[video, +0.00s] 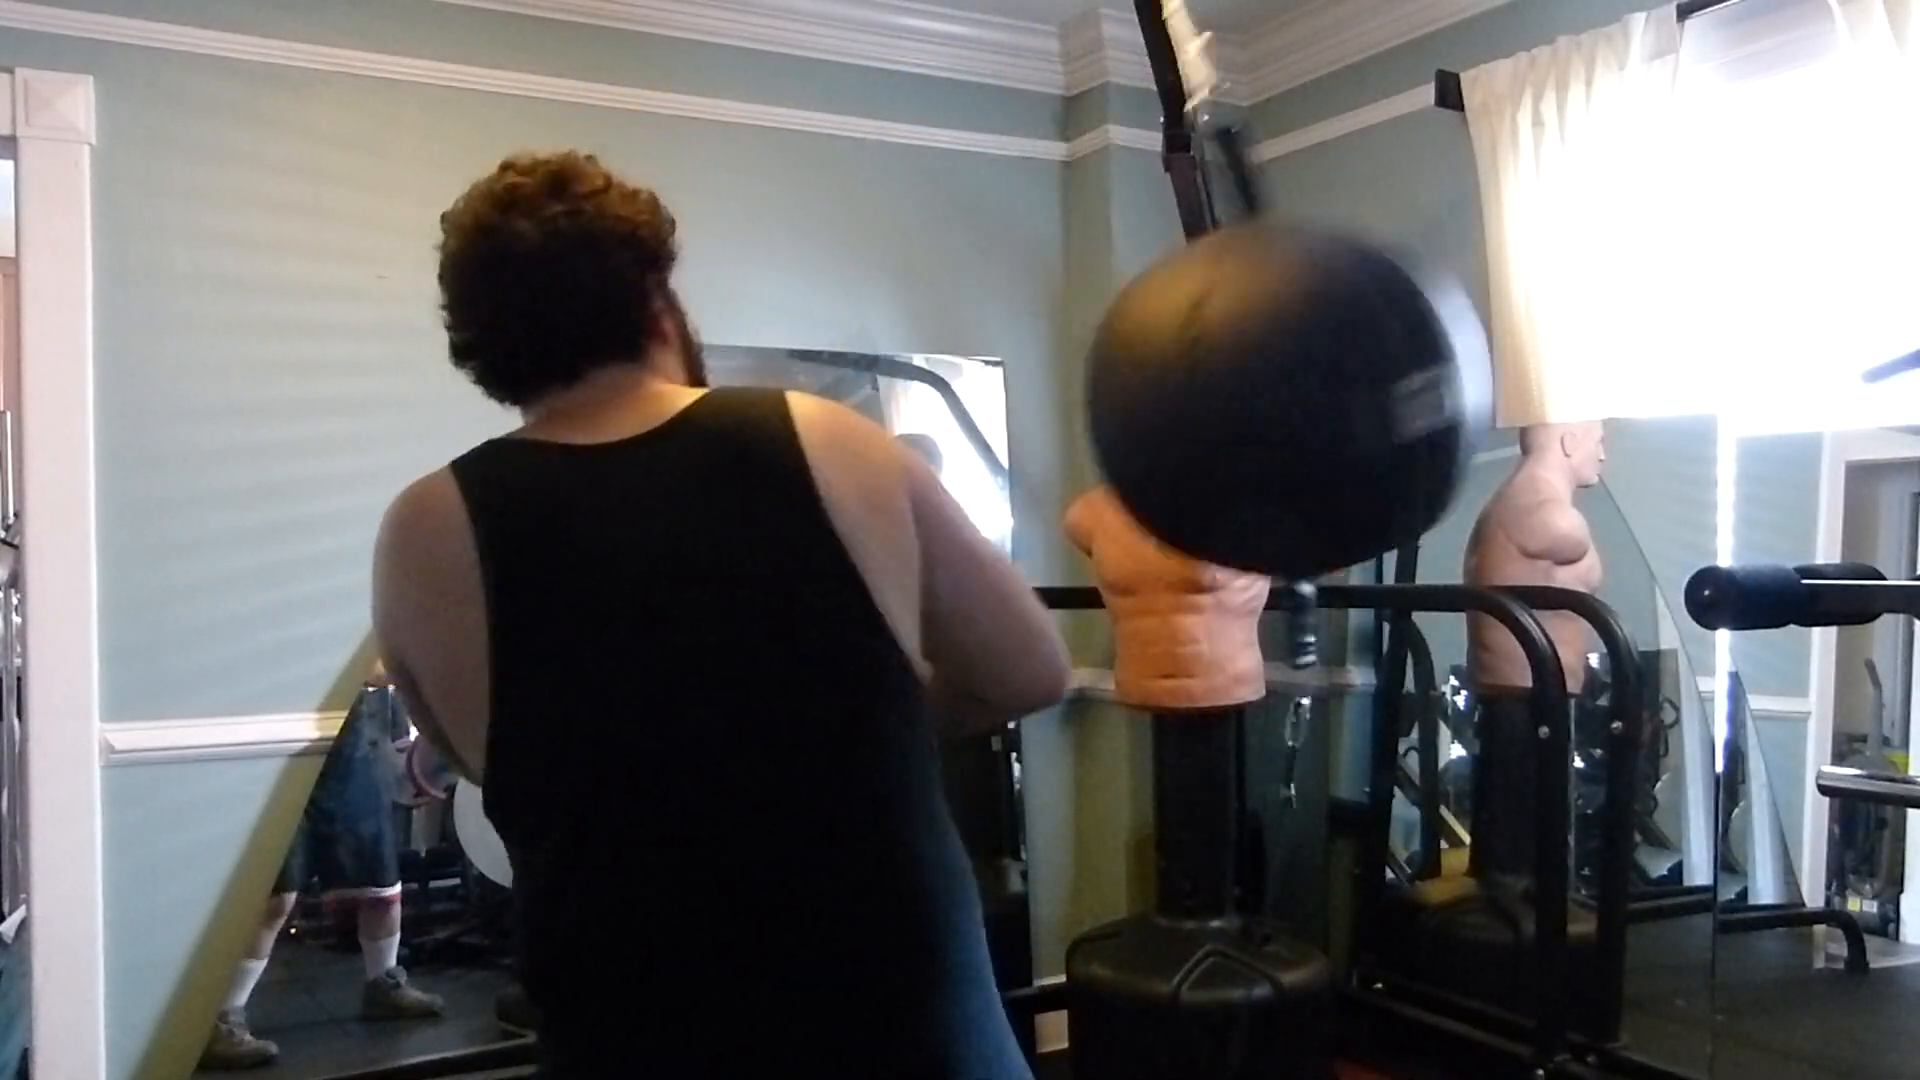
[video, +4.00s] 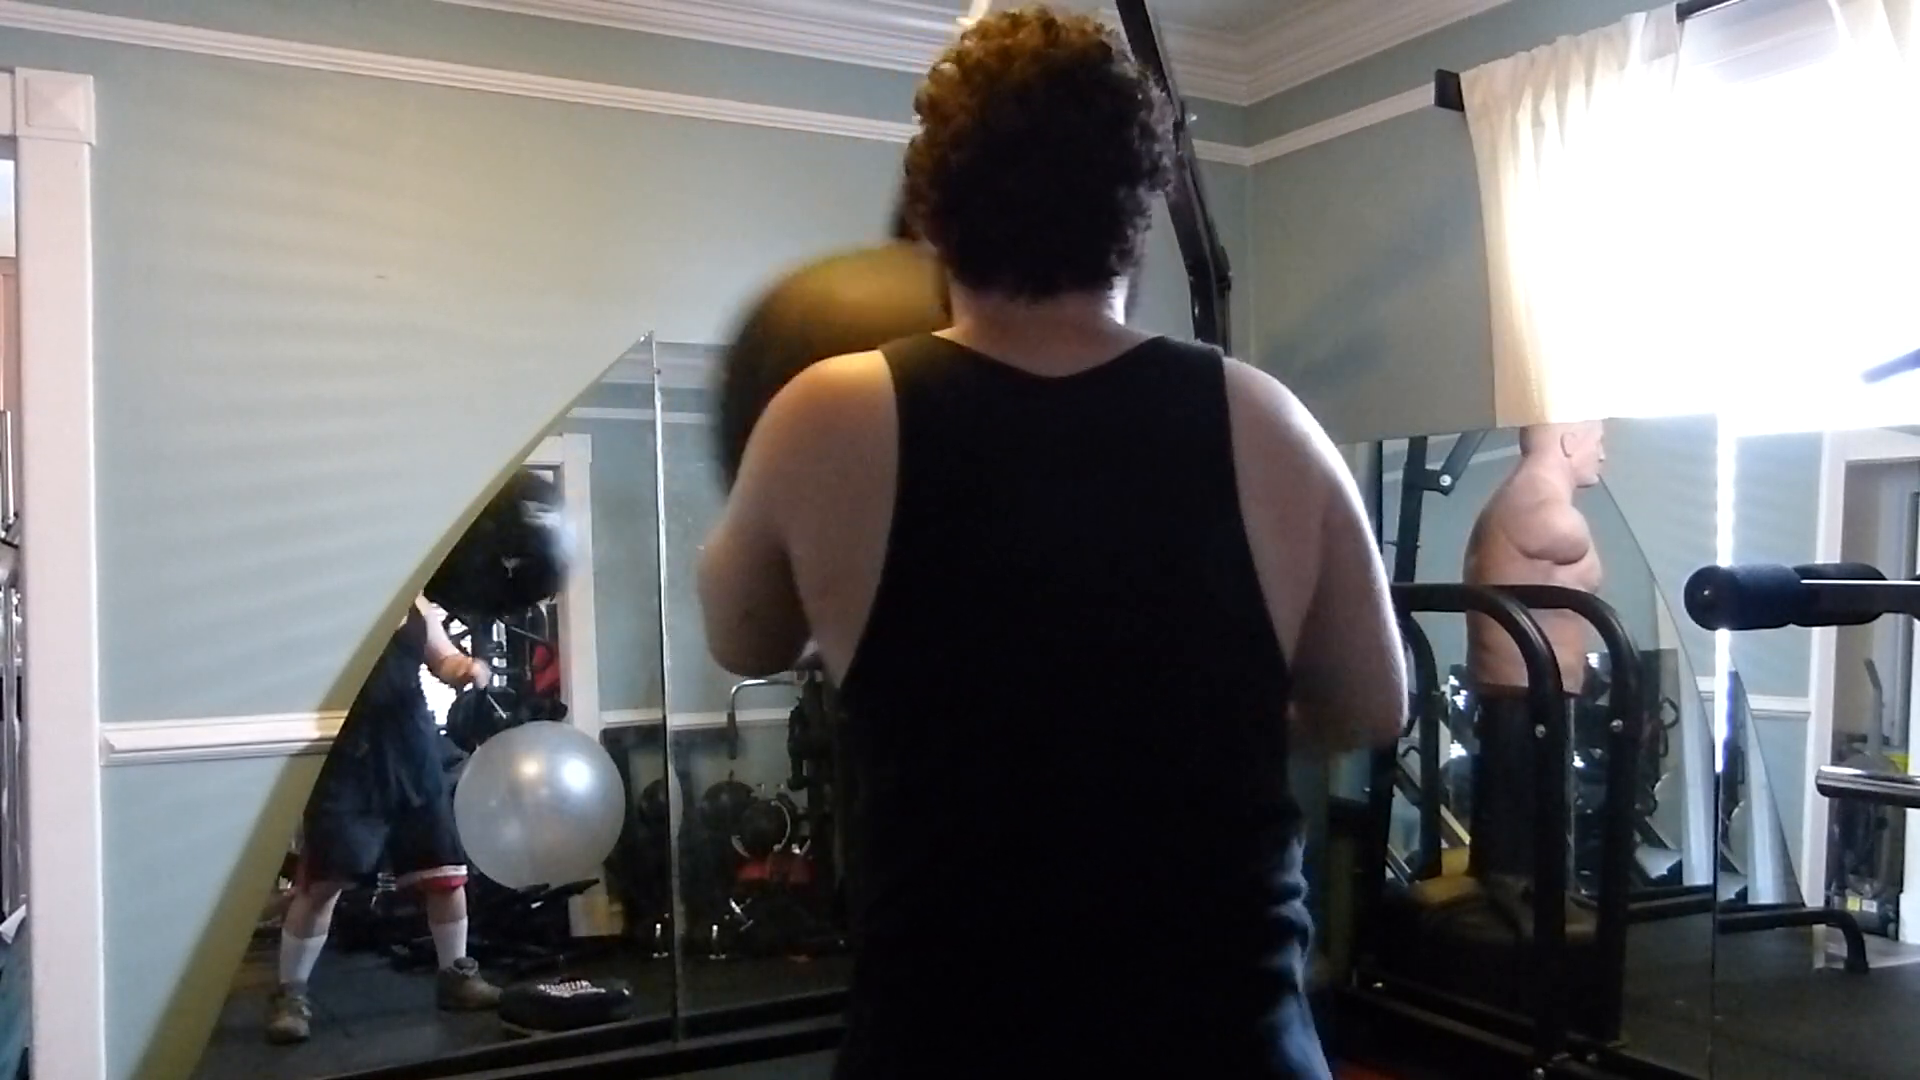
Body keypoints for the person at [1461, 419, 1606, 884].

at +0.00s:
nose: (1603, 453)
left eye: (1603, 438)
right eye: (1598, 437)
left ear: (1556, 440)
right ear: (1566, 440)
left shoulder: (1510, 501)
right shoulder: (1539, 501)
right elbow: (1593, 574)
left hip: (1509, 704)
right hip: (1529, 707)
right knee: (1527, 853)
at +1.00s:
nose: (1603, 455)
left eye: (1602, 441)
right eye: (1597, 439)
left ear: (1557, 441)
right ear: (1566, 441)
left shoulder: (1514, 497)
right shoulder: (1539, 495)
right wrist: (1588, 550)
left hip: (1510, 693)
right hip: (1528, 697)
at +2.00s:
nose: (1604, 454)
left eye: (1603, 440)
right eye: (1598, 439)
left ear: (1557, 441)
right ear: (1567, 441)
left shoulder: (1508, 501)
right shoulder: (1539, 498)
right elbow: (1592, 572)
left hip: (1509, 696)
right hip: (1530, 700)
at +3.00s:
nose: (1603, 454)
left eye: (1603, 440)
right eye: (1598, 438)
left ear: (1556, 441)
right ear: (1566, 441)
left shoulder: (1512, 498)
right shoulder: (1540, 499)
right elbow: (1592, 574)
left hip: (1509, 690)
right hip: (1530, 694)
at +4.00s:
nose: (1603, 454)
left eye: (1602, 440)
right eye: (1597, 439)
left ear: (1555, 440)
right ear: (1567, 441)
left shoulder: (1511, 500)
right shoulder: (1540, 502)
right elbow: (1593, 575)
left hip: (1508, 694)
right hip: (1530, 698)